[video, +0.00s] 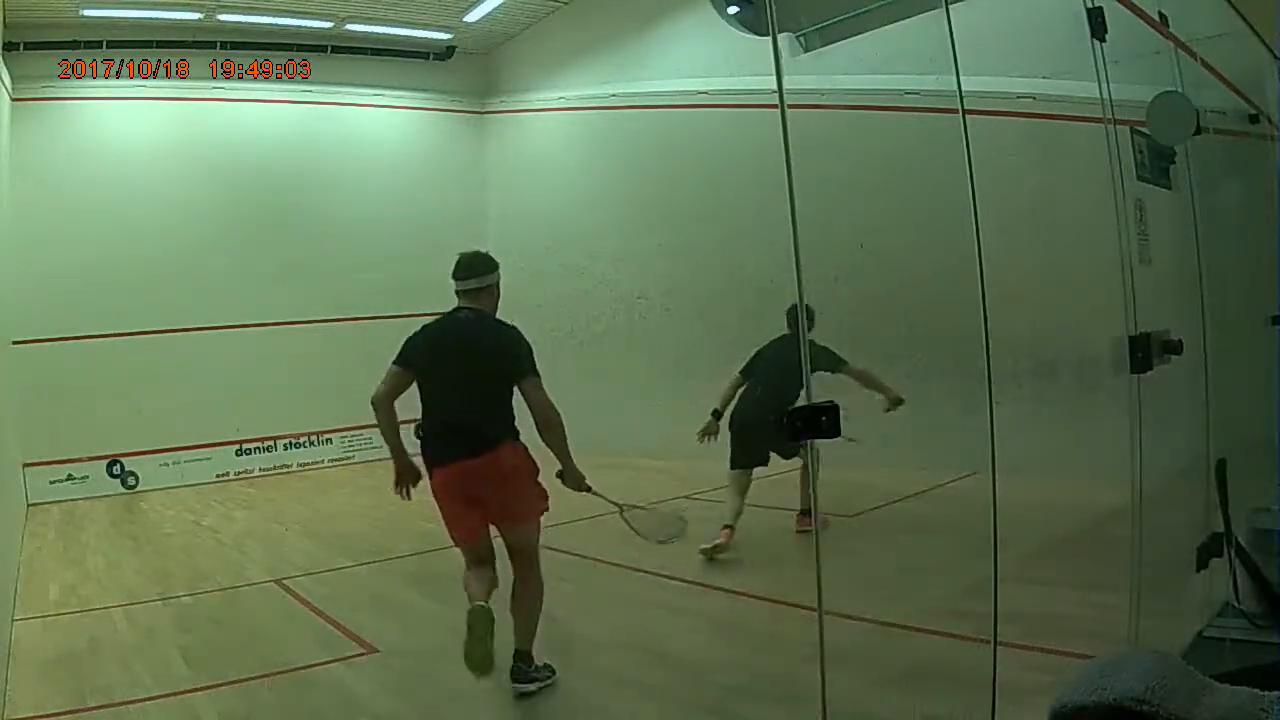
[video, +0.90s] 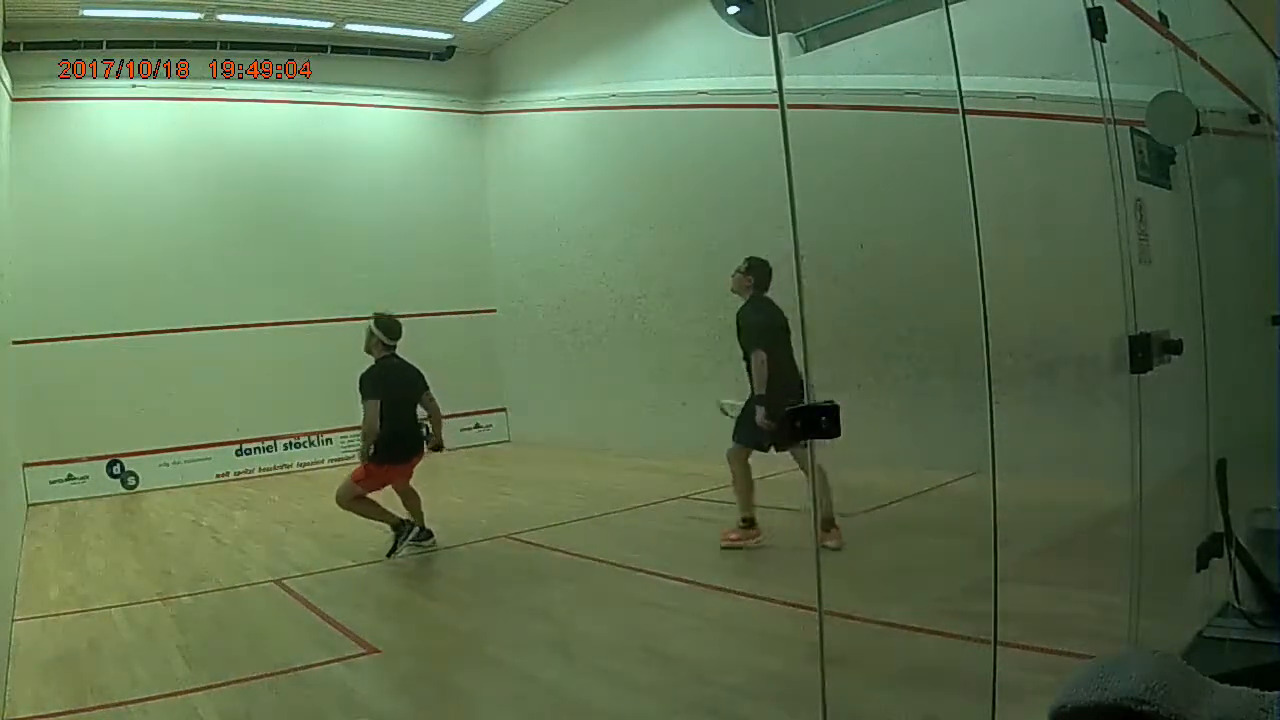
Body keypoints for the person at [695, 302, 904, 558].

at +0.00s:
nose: (807, 326)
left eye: (799, 321)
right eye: (809, 322)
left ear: (788, 323)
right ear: (811, 325)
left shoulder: (770, 348)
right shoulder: (813, 351)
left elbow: (736, 382)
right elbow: (856, 373)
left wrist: (715, 417)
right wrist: (890, 393)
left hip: (741, 421)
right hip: (772, 422)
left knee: (738, 484)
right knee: (811, 452)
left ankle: (726, 531)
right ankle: (806, 515)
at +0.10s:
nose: (815, 311)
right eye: (819, 305)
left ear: (796, 302)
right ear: (822, 306)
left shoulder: (778, 330)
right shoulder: (825, 335)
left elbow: (749, 368)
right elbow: (859, 368)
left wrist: (744, 400)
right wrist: (896, 398)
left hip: (764, 408)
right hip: (797, 408)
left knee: (769, 471)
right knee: (816, 449)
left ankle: (780, 518)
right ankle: (807, 513)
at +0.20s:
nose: (818, 296)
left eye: (815, 289)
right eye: (823, 291)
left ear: (803, 288)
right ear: (829, 293)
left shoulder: (785, 317)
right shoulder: (834, 322)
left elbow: (758, 355)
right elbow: (858, 355)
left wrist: (760, 383)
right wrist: (885, 385)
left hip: (781, 402)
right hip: (817, 400)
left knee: (789, 465)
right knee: (830, 453)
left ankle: (805, 518)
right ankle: (822, 505)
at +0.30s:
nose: (806, 293)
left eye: (807, 288)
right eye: (808, 288)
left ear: (807, 289)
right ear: (834, 292)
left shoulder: (790, 319)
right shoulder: (843, 320)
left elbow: (767, 357)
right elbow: (867, 351)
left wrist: (771, 383)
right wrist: (892, 383)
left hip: (796, 406)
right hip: (832, 402)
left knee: (801, 467)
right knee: (854, 448)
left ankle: (809, 528)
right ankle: (863, 506)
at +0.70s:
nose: (774, 267)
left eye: (778, 263)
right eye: (776, 262)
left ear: (788, 269)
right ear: (804, 271)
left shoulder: (770, 300)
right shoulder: (821, 303)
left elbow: (776, 333)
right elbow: (837, 348)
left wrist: (782, 373)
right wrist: (850, 388)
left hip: (787, 396)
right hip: (824, 393)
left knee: (784, 458)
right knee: (844, 450)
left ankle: (809, 520)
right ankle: (870, 510)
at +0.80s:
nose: (757, 261)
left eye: (762, 258)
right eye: (761, 257)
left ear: (773, 265)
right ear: (785, 267)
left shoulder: (758, 295)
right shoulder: (806, 300)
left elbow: (767, 332)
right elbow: (817, 345)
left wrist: (774, 374)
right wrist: (824, 384)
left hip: (780, 384)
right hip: (814, 383)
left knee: (770, 452)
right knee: (822, 448)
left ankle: (800, 511)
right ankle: (838, 515)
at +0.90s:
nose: (732, 277)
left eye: (737, 273)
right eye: (736, 272)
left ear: (748, 280)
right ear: (757, 282)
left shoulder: (749, 312)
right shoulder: (773, 309)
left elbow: (758, 357)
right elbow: (782, 356)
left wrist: (760, 403)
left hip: (766, 397)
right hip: (791, 394)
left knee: (736, 456)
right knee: (808, 461)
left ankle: (747, 526)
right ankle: (829, 528)